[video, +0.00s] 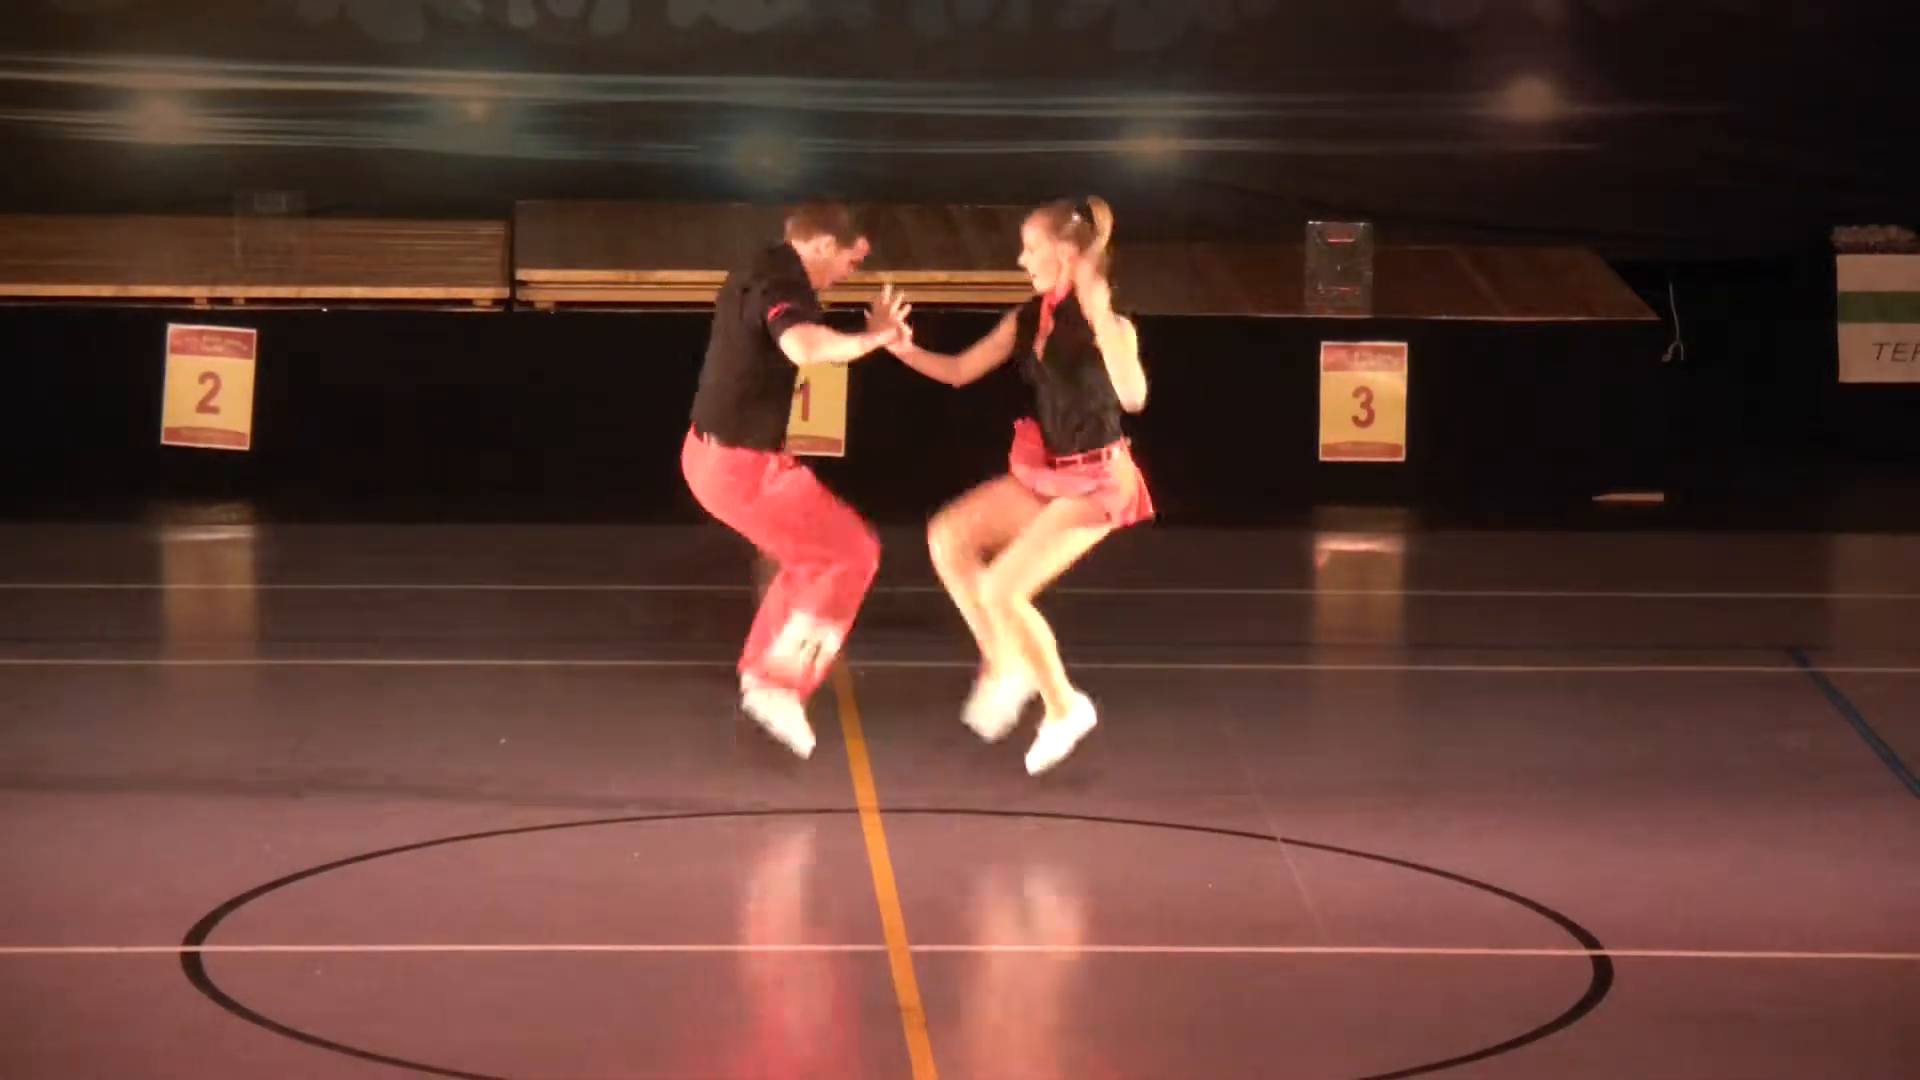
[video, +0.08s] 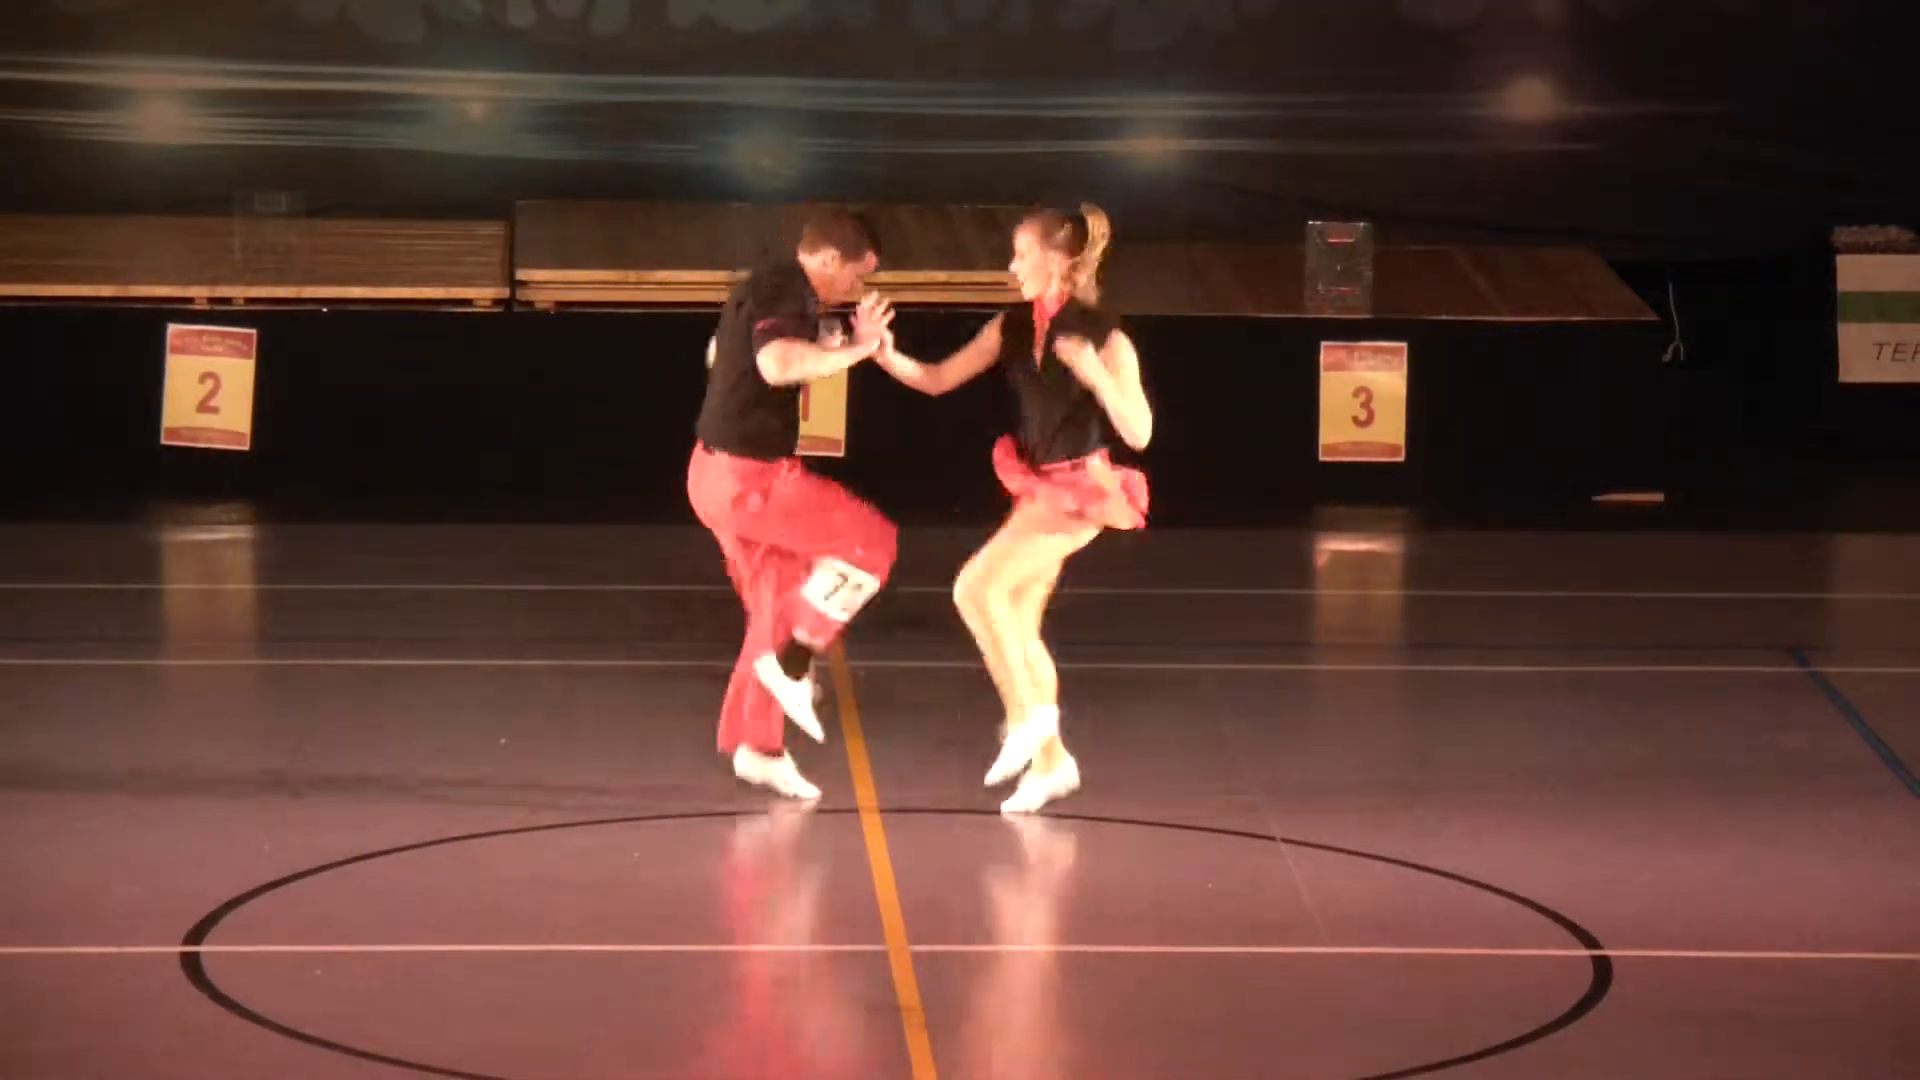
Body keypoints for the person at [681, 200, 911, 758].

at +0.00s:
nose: (845, 277)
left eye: (850, 266)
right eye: (846, 263)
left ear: (804, 241)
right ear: (822, 246)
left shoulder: (757, 268)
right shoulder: (780, 275)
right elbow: (803, 344)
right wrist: (873, 339)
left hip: (710, 454)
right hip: (738, 462)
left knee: (812, 557)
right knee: (854, 551)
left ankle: (762, 674)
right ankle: (779, 684)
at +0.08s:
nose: (857, 289)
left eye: (861, 279)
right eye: (855, 276)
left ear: (815, 260)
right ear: (825, 260)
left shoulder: (760, 286)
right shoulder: (784, 289)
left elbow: (716, 354)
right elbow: (777, 364)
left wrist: (816, 344)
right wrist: (857, 348)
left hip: (722, 471)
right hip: (749, 473)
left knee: (777, 607)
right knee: (870, 540)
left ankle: (756, 746)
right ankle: (794, 657)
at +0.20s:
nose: (845, 299)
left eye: (850, 287)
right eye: (844, 285)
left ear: (803, 269)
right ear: (812, 270)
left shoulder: (749, 304)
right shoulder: (776, 313)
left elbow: (768, 410)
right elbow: (801, 414)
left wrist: (822, 430)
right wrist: (889, 389)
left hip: (716, 487)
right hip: (752, 493)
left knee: (746, 639)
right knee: (824, 637)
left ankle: (749, 780)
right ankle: (784, 767)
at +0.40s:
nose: (797, 238)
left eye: (796, 225)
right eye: (789, 226)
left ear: (747, 235)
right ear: (750, 234)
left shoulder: (718, 284)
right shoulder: (745, 298)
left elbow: (774, 353)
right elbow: (820, 377)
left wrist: (810, 333)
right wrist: (854, 384)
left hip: (713, 469)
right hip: (721, 476)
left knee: (790, 561)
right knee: (731, 608)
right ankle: (689, 770)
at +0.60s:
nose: (778, 226)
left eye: (776, 214)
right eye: (768, 215)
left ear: (734, 224)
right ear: (731, 222)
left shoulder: (727, 279)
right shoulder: (716, 277)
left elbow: (784, 353)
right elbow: (787, 338)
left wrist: (856, 358)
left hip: (687, 461)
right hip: (671, 462)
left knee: (762, 554)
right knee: (682, 602)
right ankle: (655, 762)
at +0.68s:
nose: (759, 241)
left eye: (755, 229)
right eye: (747, 229)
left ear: (717, 242)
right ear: (711, 240)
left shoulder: (719, 305)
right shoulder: (696, 299)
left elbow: (782, 363)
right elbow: (763, 348)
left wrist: (860, 363)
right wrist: (819, 340)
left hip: (697, 494)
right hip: (662, 489)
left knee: (746, 600)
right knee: (648, 625)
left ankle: (722, 759)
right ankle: (608, 785)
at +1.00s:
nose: (664, 238)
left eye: (675, 227)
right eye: (652, 227)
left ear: (693, 234)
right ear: (633, 235)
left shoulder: (707, 303)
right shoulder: (621, 296)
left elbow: (772, 342)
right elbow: (581, 304)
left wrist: (843, 318)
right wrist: (543, 297)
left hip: (686, 470)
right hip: (660, 470)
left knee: (684, 619)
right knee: (803, 471)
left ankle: (663, 768)